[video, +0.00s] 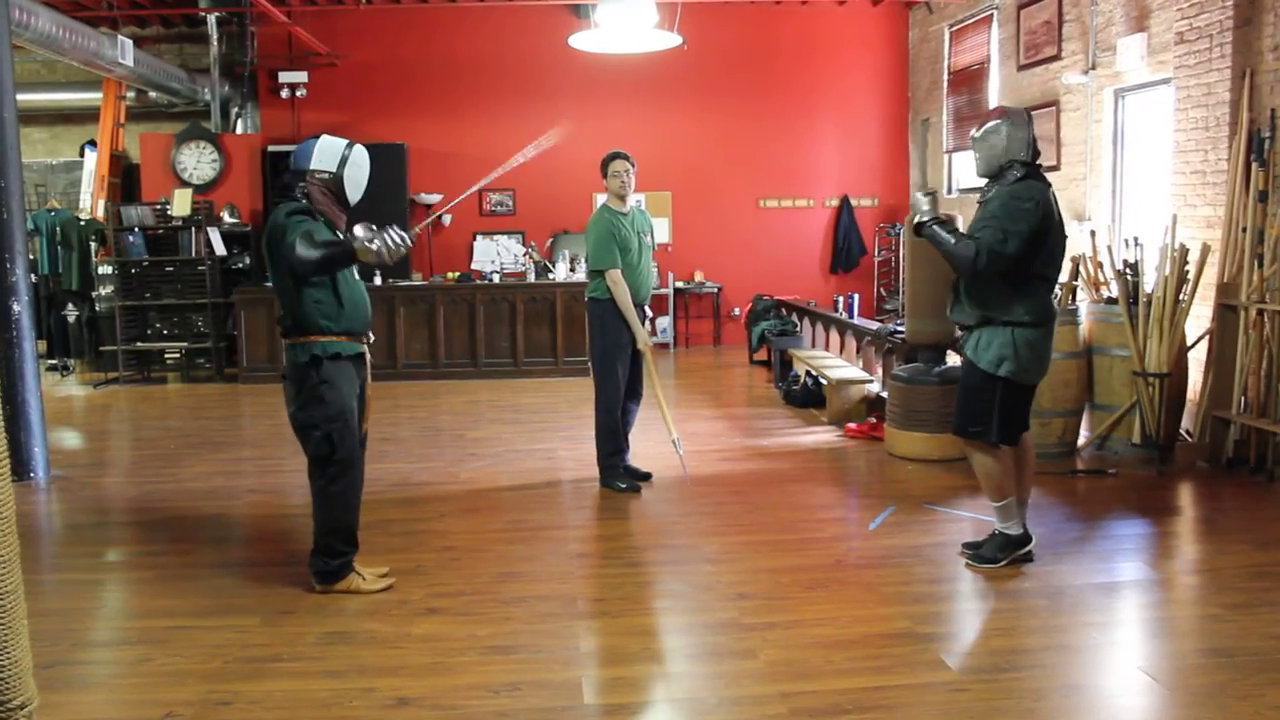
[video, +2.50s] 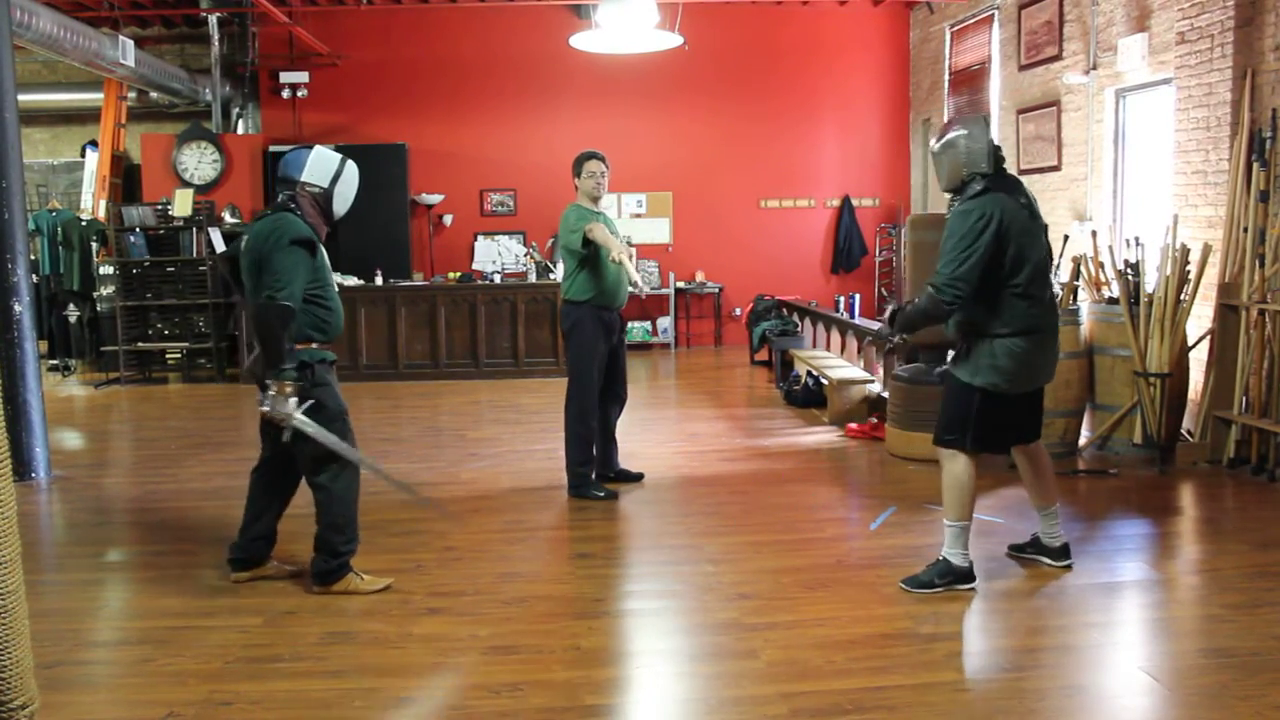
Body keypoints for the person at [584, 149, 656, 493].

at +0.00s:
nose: (624, 179)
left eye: (628, 173)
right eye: (616, 174)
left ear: (635, 178)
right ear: (605, 181)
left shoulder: (641, 216)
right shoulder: (602, 222)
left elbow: (645, 262)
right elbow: (614, 279)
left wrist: (645, 305)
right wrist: (637, 328)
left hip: (634, 307)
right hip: (608, 308)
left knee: (631, 390)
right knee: (611, 390)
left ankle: (619, 460)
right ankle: (609, 469)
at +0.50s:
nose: (625, 179)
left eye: (629, 173)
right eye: (617, 175)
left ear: (635, 179)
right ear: (605, 182)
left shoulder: (640, 217)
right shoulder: (603, 222)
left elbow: (644, 264)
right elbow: (615, 280)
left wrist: (645, 306)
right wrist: (638, 328)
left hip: (634, 307)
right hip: (608, 309)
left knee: (632, 390)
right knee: (611, 391)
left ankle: (620, 460)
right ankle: (610, 470)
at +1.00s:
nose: (629, 179)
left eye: (633, 174)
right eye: (621, 175)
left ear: (638, 180)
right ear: (608, 181)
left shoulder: (638, 219)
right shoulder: (605, 218)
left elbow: (649, 261)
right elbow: (620, 261)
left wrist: (651, 298)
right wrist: (644, 299)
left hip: (631, 308)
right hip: (607, 308)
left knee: (631, 389)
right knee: (612, 389)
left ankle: (620, 460)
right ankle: (610, 469)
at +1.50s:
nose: (629, 179)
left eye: (634, 174)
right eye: (622, 174)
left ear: (639, 181)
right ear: (609, 180)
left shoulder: (642, 220)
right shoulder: (600, 213)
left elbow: (659, 255)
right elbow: (612, 229)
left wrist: (653, 249)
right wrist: (639, 240)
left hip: (633, 311)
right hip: (606, 309)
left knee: (632, 392)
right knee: (610, 391)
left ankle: (619, 459)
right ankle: (601, 467)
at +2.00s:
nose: (614, 180)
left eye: (618, 175)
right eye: (607, 175)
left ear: (622, 182)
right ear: (592, 180)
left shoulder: (618, 220)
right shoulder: (586, 212)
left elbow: (631, 248)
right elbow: (605, 232)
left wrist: (632, 251)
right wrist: (624, 249)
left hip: (616, 314)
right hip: (591, 312)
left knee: (620, 393)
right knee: (587, 396)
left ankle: (619, 464)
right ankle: (580, 479)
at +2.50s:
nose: (599, 180)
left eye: (603, 175)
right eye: (591, 175)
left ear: (608, 180)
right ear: (577, 180)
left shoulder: (606, 220)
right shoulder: (573, 214)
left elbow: (620, 253)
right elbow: (596, 233)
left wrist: (629, 267)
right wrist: (617, 248)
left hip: (609, 314)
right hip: (583, 314)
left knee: (612, 394)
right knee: (584, 396)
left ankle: (607, 467)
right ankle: (579, 479)